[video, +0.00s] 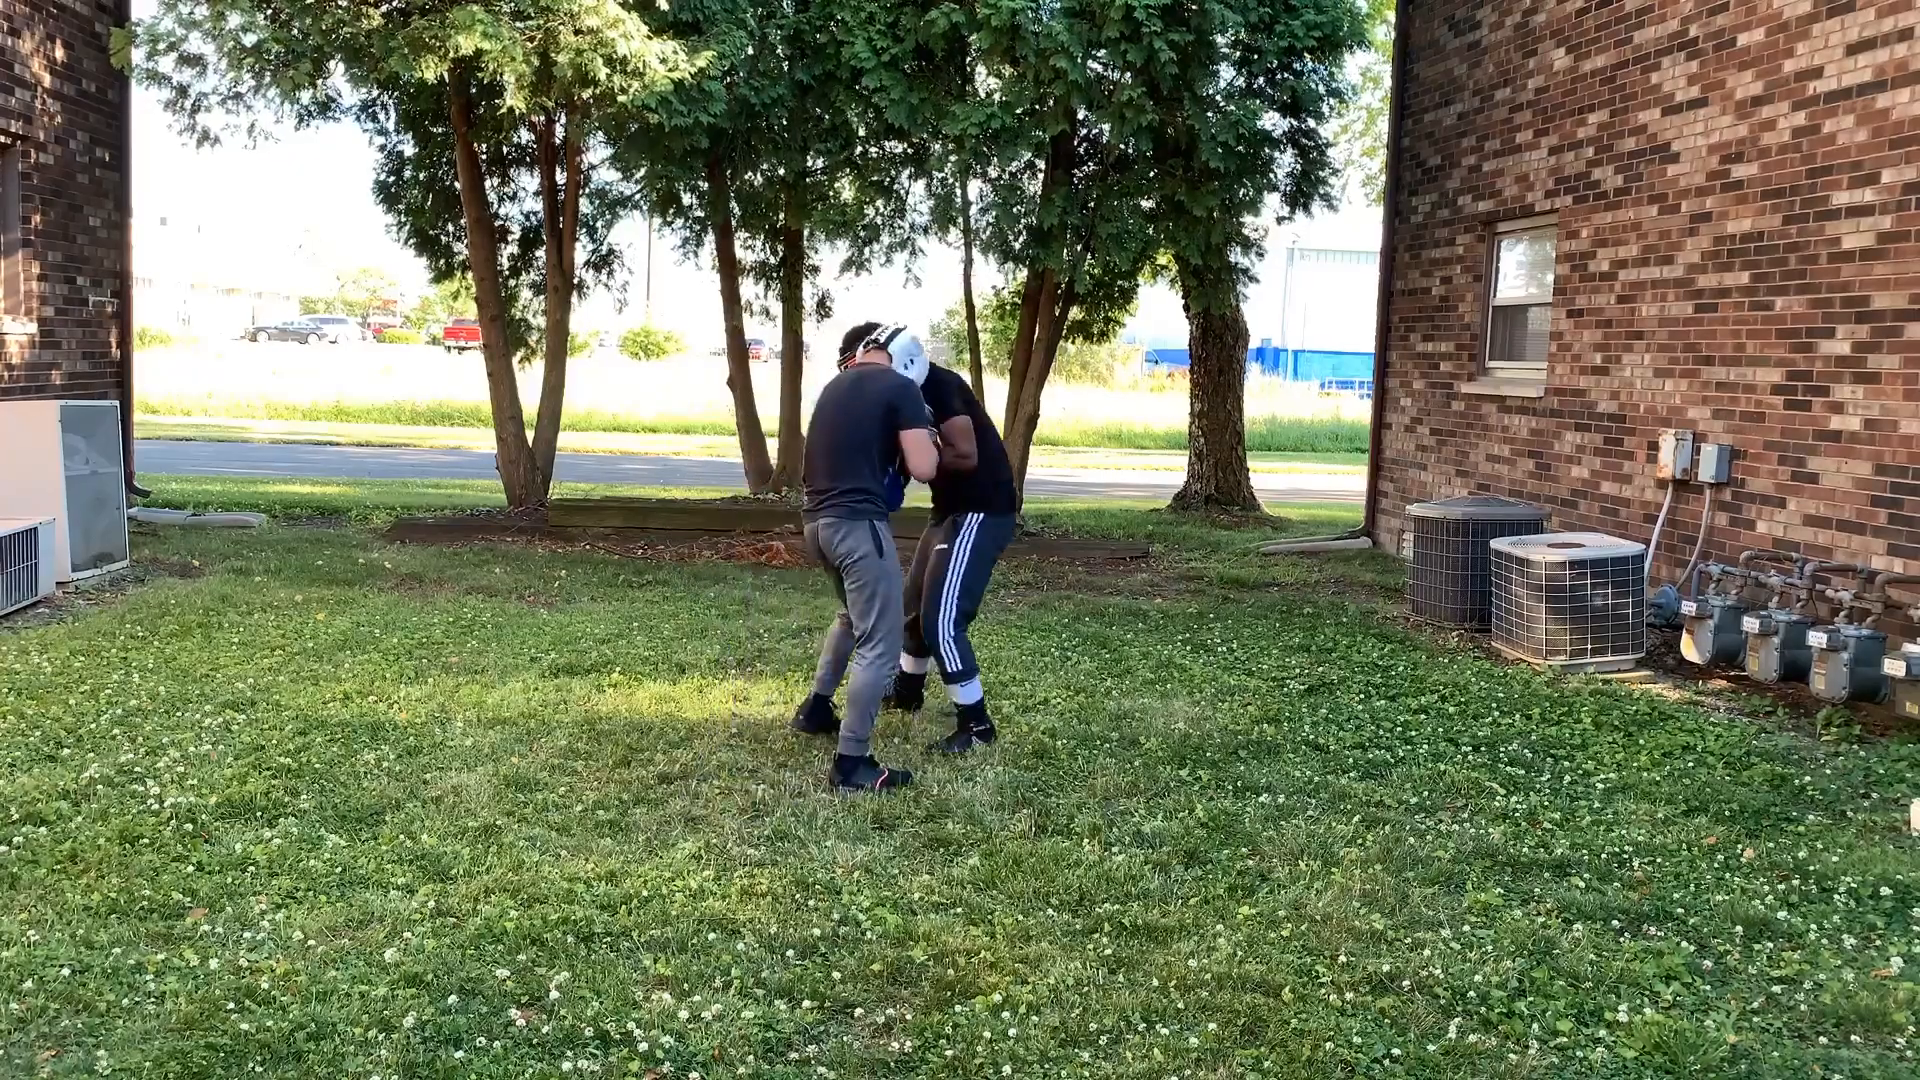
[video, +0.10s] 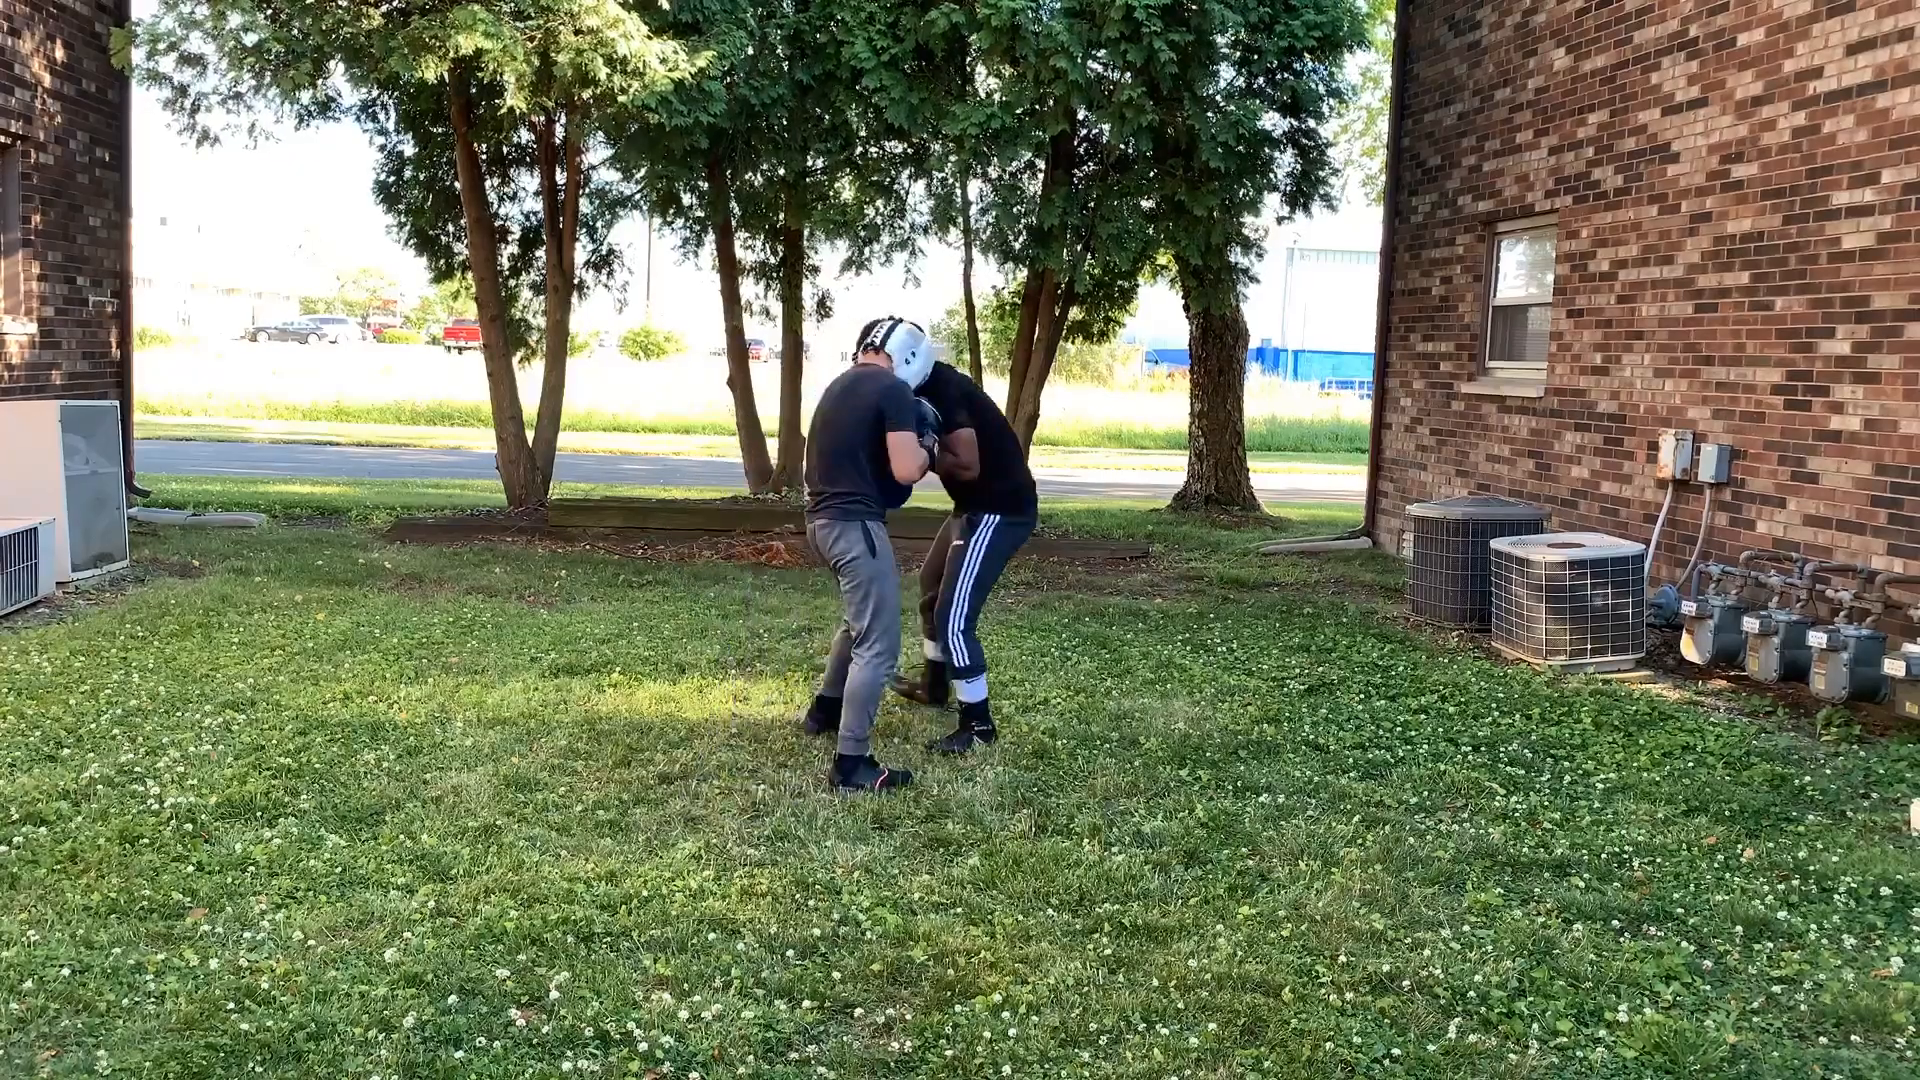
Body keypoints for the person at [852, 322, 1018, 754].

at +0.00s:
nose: (864, 380)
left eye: (868, 368)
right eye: (858, 372)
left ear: (898, 360)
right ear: (904, 361)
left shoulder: (940, 385)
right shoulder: (907, 401)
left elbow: (965, 455)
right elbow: (920, 462)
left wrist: (913, 452)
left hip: (980, 511)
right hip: (947, 511)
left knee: (942, 617)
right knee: (915, 604)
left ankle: (976, 723)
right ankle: (907, 690)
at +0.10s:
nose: (879, 376)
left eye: (884, 365)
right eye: (874, 367)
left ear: (907, 360)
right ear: (914, 357)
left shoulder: (945, 389)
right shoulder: (923, 392)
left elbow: (968, 467)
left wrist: (922, 450)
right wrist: (918, 446)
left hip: (999, 511)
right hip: (971, 506)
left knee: (953, 616)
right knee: (931, 584)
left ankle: (978, 725)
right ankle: (934, 685)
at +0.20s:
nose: (889, 381)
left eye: (891, 369)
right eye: (886, 370)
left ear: (915, 365)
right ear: (925, 358)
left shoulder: (962, 394)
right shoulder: (941, 392)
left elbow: (982, 476)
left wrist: (933, 459)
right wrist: (925, 451)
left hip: (1014, 510)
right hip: (989, 505)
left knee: (966, 612)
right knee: (965, 594)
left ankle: (979, 722)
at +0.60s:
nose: (922, 414)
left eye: (924, 404)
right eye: (919, 404)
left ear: (942, 397)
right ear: (960, 392)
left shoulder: (976, 428)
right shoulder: (986, 413)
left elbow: (997, 509)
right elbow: (991, 501)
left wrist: (952, 495)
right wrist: (952, 492)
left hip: (1031, 525)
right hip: (1053, 523)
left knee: (964, 616)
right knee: (1016, 612)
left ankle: (977, 728)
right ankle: (1058, 692)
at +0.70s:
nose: (915, 409)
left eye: (919, 398)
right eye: (912, 398)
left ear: (941, 396)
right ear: (958, 393)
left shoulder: (972, 429)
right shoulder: (975, 422)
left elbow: (1003, 504)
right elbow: (978, 498)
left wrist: (957, 500)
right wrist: (951, 539)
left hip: (1031, 528)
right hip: (1054, 525)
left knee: (962, 617)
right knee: (1018, 615)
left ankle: (977, 728)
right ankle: (1058, 691)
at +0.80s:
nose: (949, 416)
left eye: (953, 408)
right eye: (951, 406)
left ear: (917, 384)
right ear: (936, 392)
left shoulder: (893, 408)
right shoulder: (915, 415)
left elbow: (883, 487)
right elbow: (890, 490)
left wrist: (926, 473)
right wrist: (923, 476)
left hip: (849, 526)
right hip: (833, 524)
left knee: (886, 614)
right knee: (847, 637)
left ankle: (839, 708)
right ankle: (817, 752)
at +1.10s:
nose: (937, 409)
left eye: (941, 400)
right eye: (938, 398)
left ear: (899, 377)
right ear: (922, 388)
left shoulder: (866, 399)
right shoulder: (908, 422)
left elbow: (852, 466)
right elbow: (879, 502)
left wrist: (907, 486)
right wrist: (904, 524)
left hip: (793, 509)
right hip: (819, 520)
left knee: (840, 618)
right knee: (846, 639)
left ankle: (833, 707)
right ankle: (817, 752)